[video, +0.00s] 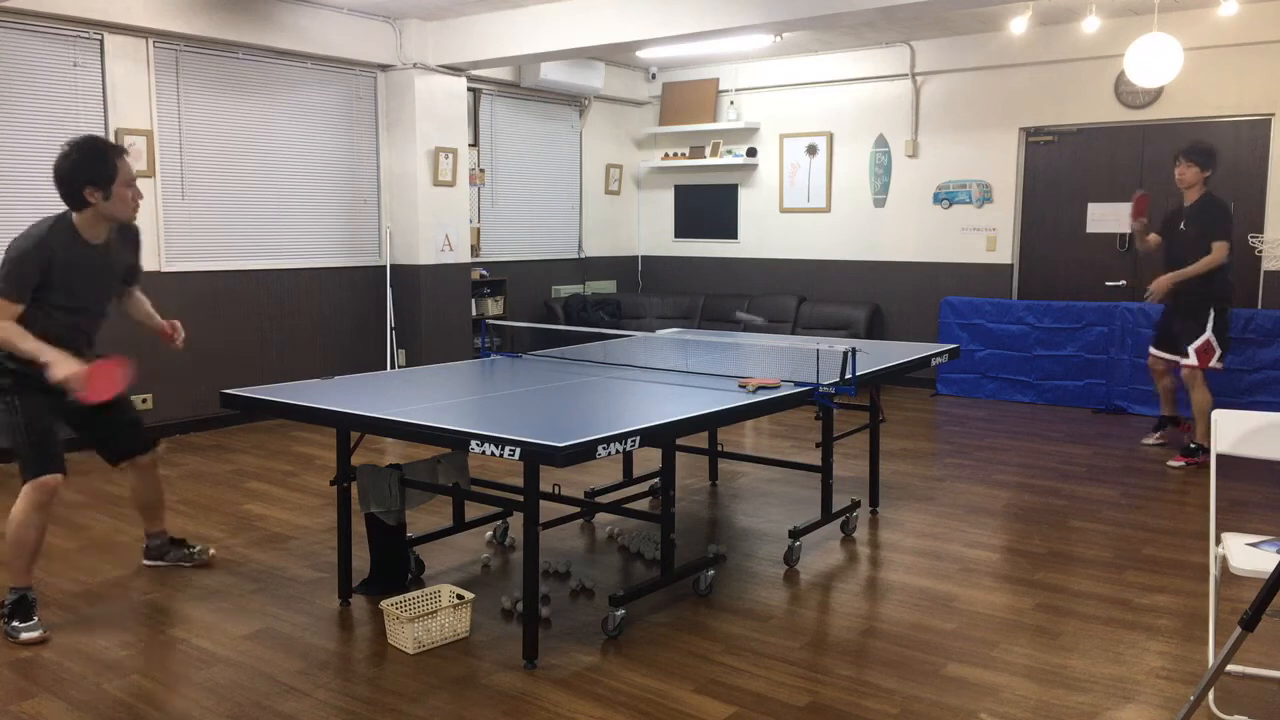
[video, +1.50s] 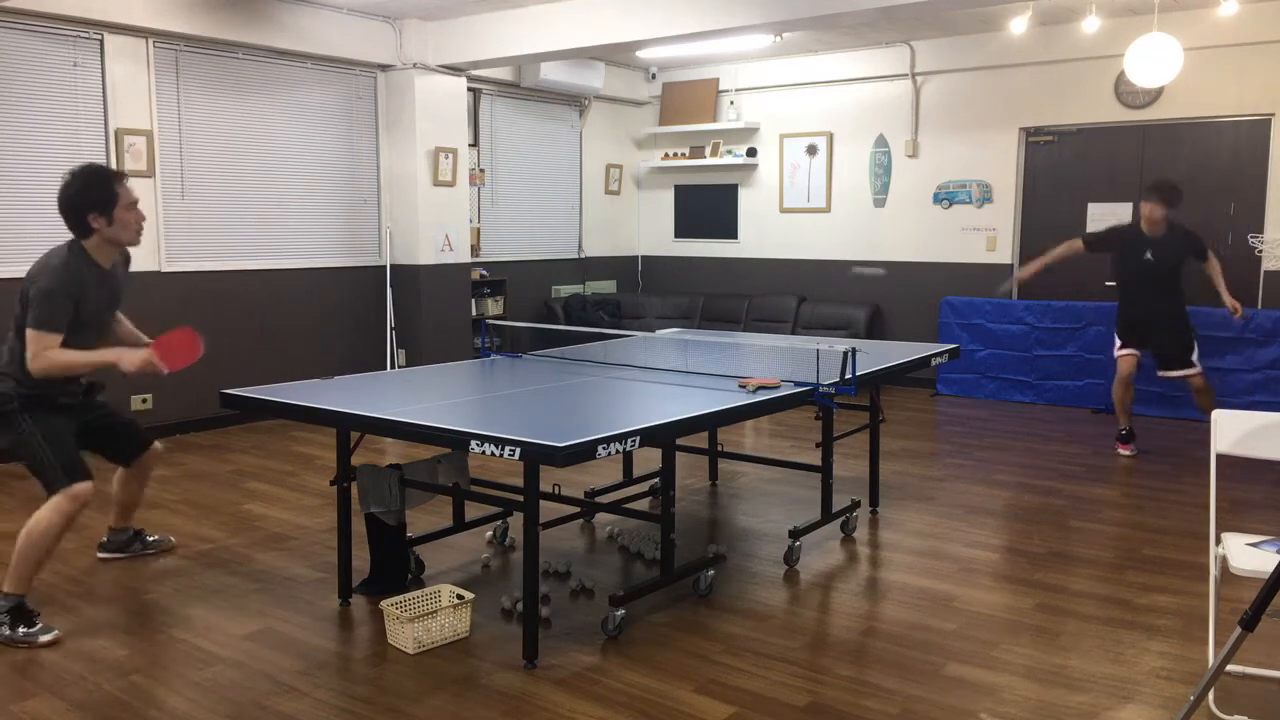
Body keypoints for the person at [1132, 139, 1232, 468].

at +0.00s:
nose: (1179, 171)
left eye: (1188, 166)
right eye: (1177, 165)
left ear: (1205, 172)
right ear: (1175, 170)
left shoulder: (1216, 208)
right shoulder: (1175, 213)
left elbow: (1220, 255)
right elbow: (1149, 245)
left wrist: (1170, 278)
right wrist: (1139, 230)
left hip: (1207, 302)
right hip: (1178, 300)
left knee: (1192, 372)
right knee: (1158, 363)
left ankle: (1202, 445)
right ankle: (1170, 421)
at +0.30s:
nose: (1170, 184)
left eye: (1178, 179)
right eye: (1167, 178)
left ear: (1194, 185)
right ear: (1163, 183)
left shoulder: (1213, 218)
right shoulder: (1153, 220)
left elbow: (1235, 254)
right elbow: (1143, 255)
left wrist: (1209, 273)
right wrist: (1149, 269)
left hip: (1202, 304)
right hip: (1165, 303)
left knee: (1206, 368)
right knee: (1153, 367)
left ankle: (1214, 435)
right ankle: (1154, 423)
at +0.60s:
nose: (1190, 199)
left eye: (1197, 193)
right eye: (1186, 192)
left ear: (1211, 198)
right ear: (1180, 197)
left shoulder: (1227, 227)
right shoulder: (1167, 229)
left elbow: (1245, 254)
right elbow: (1147, 257)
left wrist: (1225, 280)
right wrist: (1159, 279)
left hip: (1213, 306)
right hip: (1173, 306)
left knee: (1231, 370)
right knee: (1159, 368)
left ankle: (1231, 427)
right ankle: (1155, 423)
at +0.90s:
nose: (1222, 216)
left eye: (1230, 211)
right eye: (1218, 209)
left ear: (1241, 215)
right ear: (1211, 211)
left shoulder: (1246, 239)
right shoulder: (1194, 241)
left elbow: (1249, 277)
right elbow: (1175, 293)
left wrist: (1244, 290)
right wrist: (1225, 297)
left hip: (1218, 311)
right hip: (1182, 310)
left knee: (1241, 373)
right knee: (1167, 368)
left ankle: (1234, 430)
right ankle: (1146, 422)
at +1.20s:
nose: (1193, 257)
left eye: (1199, 254)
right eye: (1191, 251)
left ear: (1207, 252)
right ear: (1183, 244)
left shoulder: (1213, 261)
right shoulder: (1160, 263)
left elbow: (1228, 283)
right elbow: (1132, 308)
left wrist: (1237, 303)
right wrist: (1160, 329)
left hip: (1194, 325)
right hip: (1156, 323)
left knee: (1229, 386)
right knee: (1148, 369)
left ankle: (1228, 437)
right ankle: (1127, 431)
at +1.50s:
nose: (1150, 210)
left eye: (1157, 205)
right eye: (1147, 203)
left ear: (1168, 210)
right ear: (1140, 205)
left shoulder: (1182, 238)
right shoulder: (1123, 236)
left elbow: (1210, 260)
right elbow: (1077, 245)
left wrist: (1225, 295)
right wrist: (1037, 265)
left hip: (1171, 321)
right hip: (1132, 321)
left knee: (1197, 382)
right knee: (1125, 372)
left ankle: (1217, 423)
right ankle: (1125, 431)